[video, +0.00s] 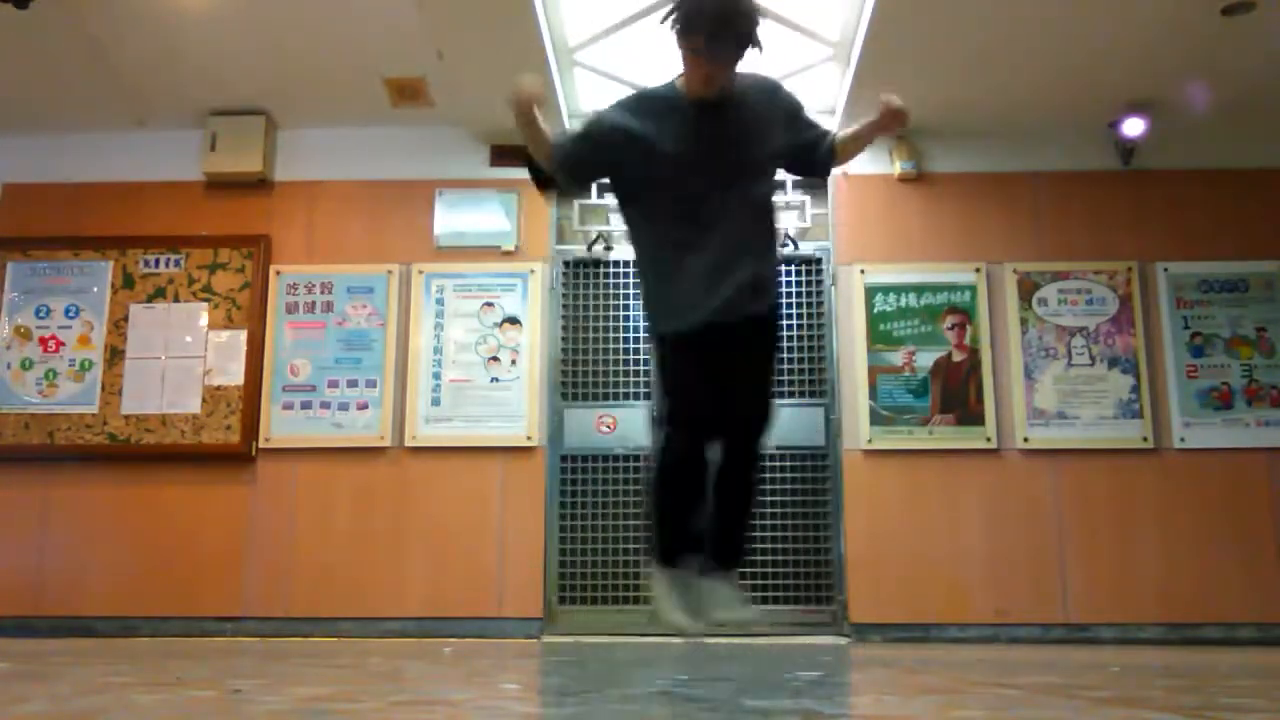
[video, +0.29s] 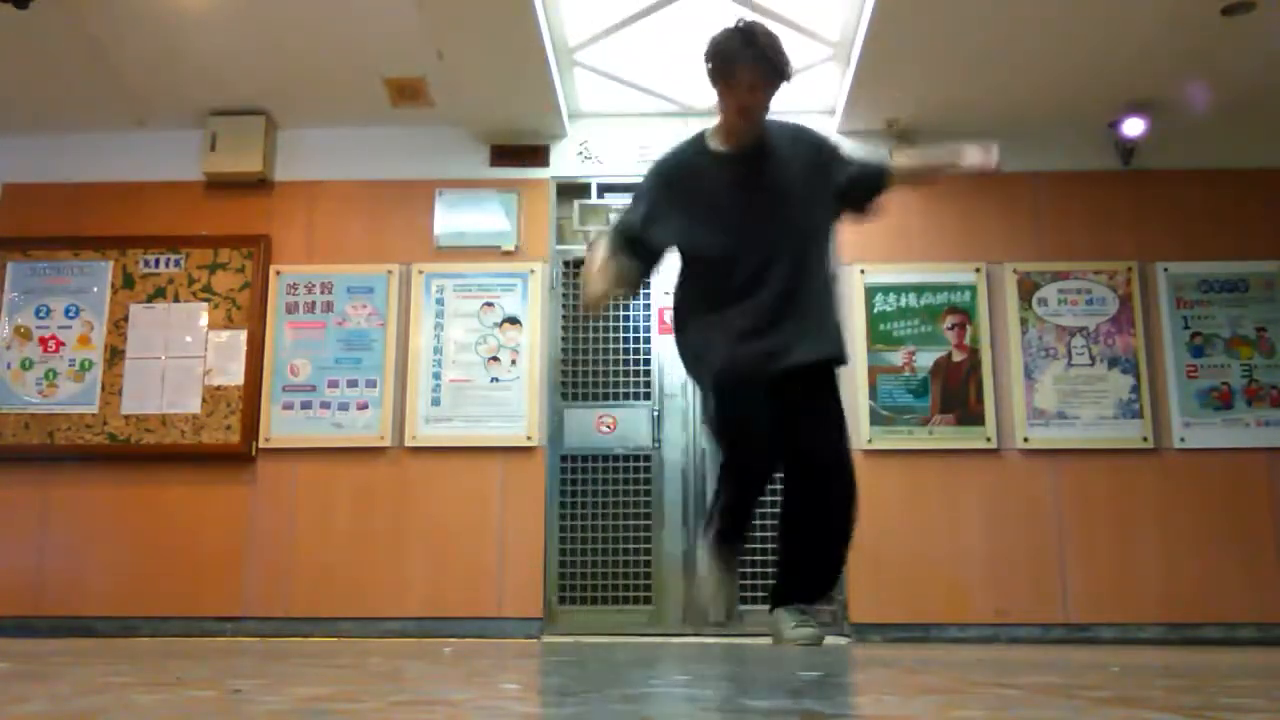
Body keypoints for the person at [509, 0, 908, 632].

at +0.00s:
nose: (721, 70)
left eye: (733, 55)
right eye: (712, 55)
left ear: (745, 49)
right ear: (687, 44)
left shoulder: (764, 103)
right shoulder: (637, 118)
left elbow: (819, 156)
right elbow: (561, 170)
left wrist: (874, 129)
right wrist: (530, 121)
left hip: (753, 304)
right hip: (679, 310)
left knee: (744, 439)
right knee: (685, 436)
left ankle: (718, 574)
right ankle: (669, 568)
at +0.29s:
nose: (749, 102)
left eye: (760, 88)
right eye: (738, 88)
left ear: (776, 88)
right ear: (716, 85)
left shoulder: (804, 153)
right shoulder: (679, 174)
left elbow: (872, 177)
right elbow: (628, 247)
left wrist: (954, 162)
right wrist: (603, 277)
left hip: (802, 343)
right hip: (724, 349)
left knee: (824, 478)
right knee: (751, 455)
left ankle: (796, 605)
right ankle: (721, 555)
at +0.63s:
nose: (792, 51)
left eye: (803, 40)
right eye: (782, 35)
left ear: (812, 45)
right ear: (754, 30)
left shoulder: (808, 122)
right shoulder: (716, 111)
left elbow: (818, 185)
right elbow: (749, 199)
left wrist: (788, 183)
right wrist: (841, 234)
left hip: (789, 286)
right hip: (724, 286)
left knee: (800, 433)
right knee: (813, 390)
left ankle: (798, 600)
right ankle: (938, 494)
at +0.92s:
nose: (805, 34)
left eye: (815, 24)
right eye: (795, 17)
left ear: (821, 33)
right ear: (762, 17)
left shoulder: (812, 124)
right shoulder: (702, 76)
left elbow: (838, 193)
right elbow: (621, 58)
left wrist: (874, 202)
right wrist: (552, 38)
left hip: (764, 281)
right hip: (683, 265)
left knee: (788, 423)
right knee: (763, 356)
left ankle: (766, 554)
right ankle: (765, 544)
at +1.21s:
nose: (749, 15)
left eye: (757, 7)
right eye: (741, 3)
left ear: (760, 12)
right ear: (710, 0)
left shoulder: (764, 82)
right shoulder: (646, 61)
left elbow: (786, 168)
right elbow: (561, 96)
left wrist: (841, 186)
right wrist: (517, 113)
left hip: (717, 275)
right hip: (641, 268)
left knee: (738, 441)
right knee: (674, 428)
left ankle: (599, 536)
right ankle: (629, 595)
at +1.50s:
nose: (760, 8)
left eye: (761, 3)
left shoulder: (710, 43)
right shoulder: (671, 18)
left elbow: (771, 100)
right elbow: (745, 96)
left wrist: (764, 81)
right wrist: (776, 84)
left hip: (639, 245)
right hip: (576, 241)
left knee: (699, 396)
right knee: (588, 419)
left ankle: (674, 552)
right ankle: (583, 595)